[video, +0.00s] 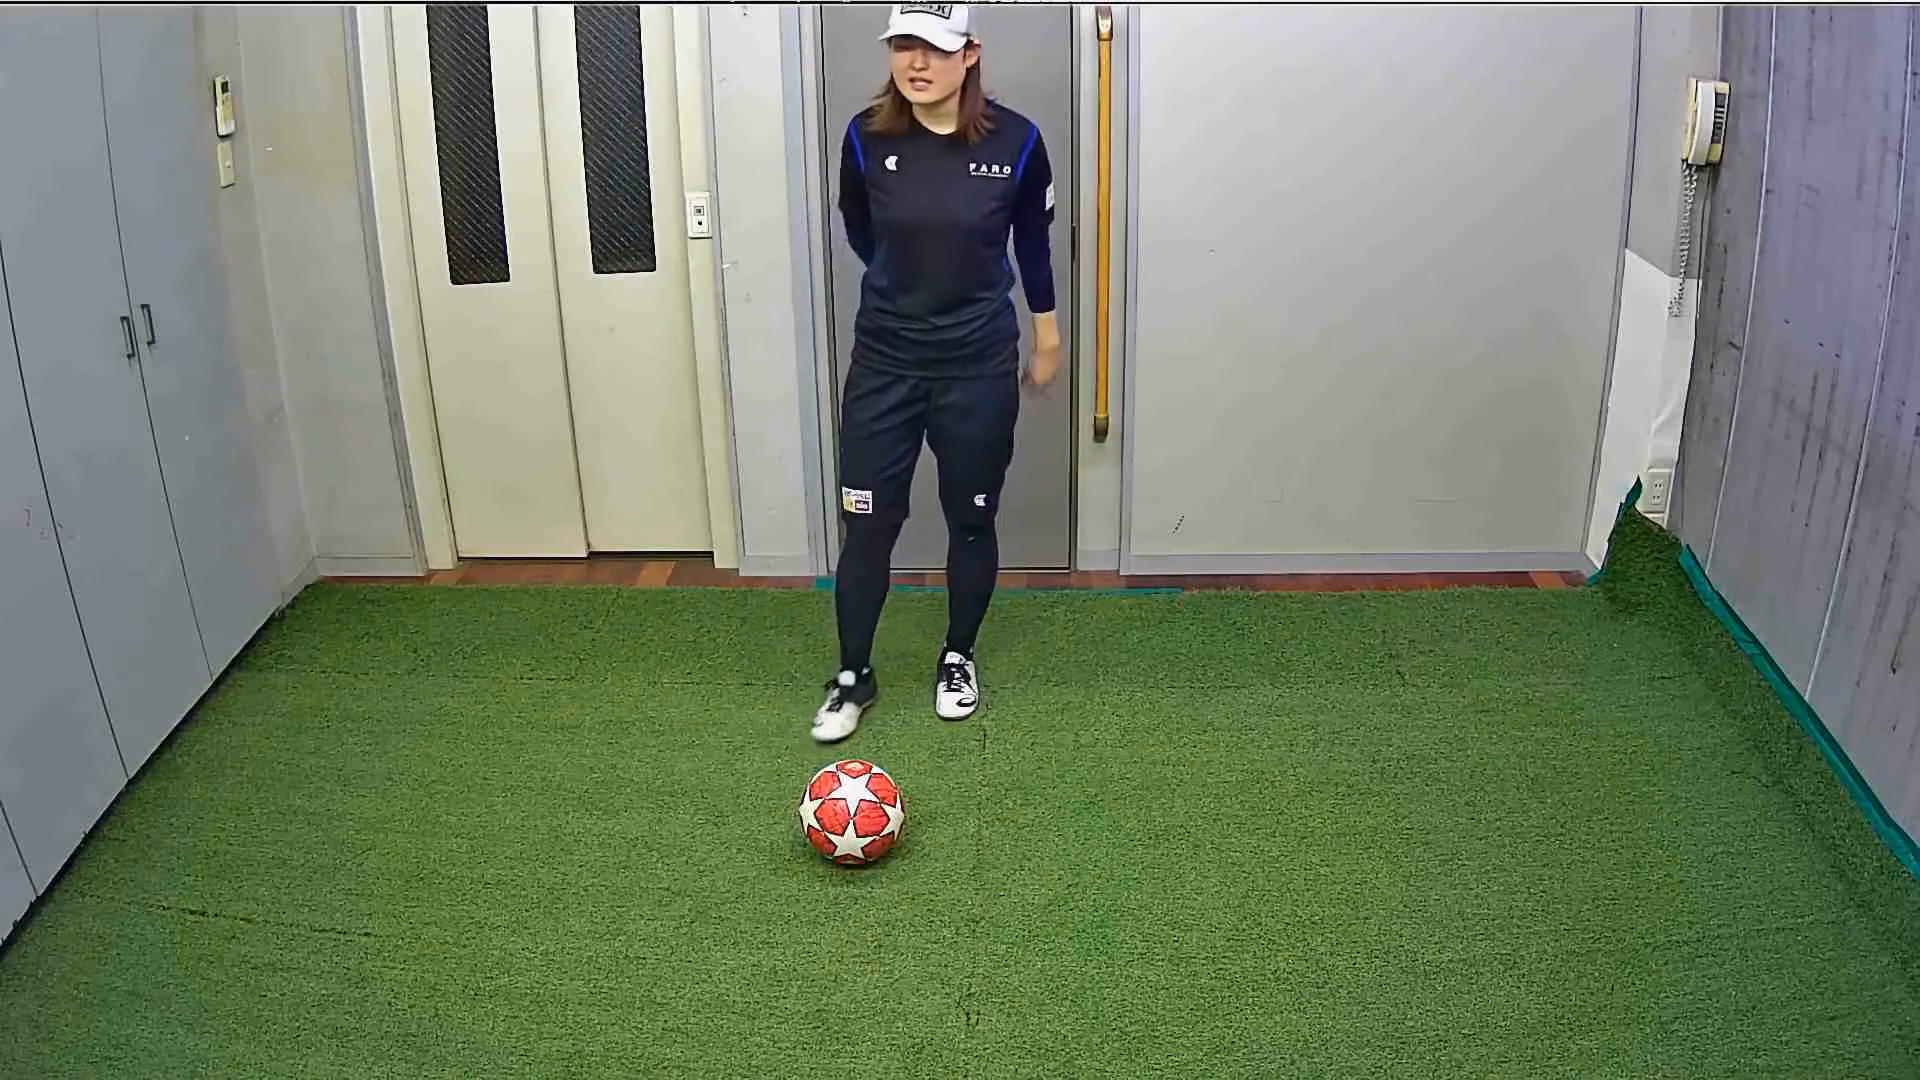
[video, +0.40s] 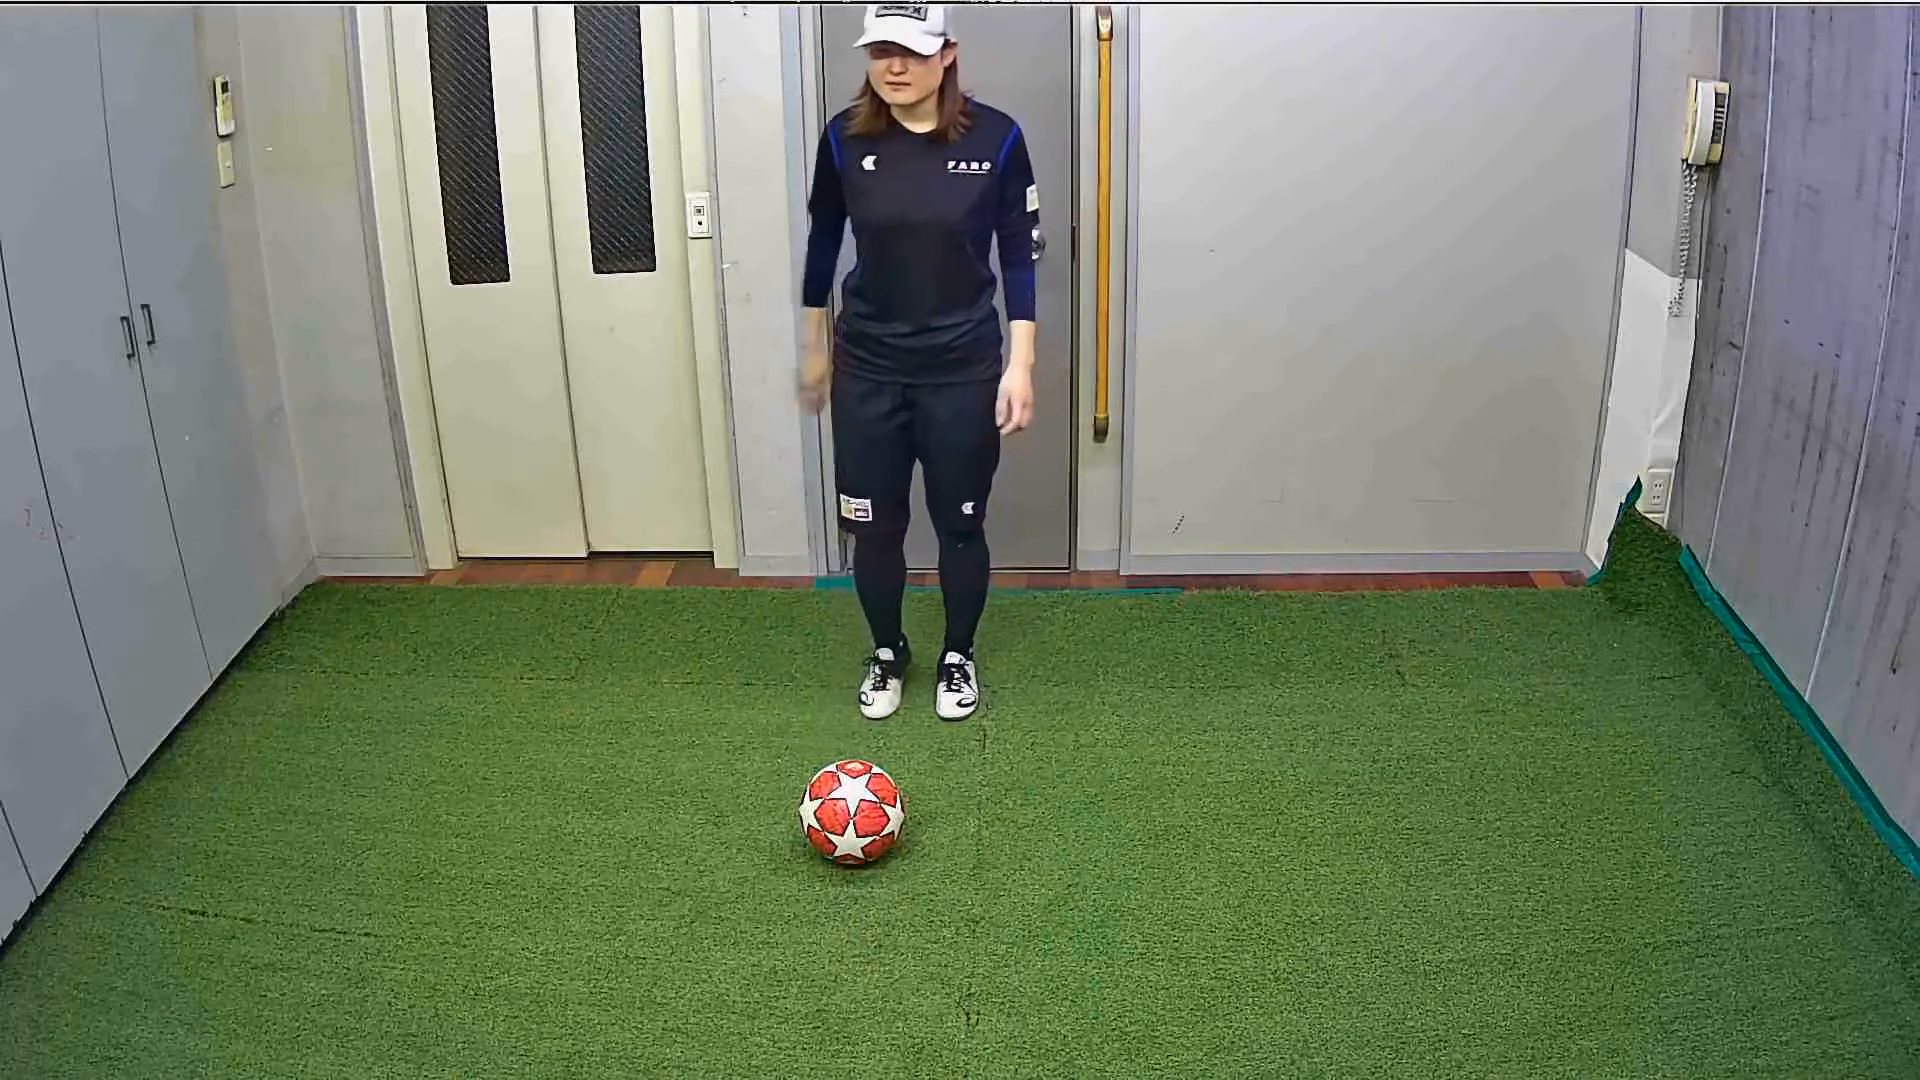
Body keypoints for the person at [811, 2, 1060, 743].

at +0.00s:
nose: (917, 61)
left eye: (934, 49)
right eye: (905, 47)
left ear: (969, 57)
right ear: (890, 57)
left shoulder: (1017, 142)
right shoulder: (866, 136)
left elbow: (1033, 238)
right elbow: (861, 234)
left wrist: (1046, 326)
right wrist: (914, 278)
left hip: (978, 355)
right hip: (884, 353)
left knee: (971, 516)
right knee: (865, 515)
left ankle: (957, 658)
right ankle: (852, 676)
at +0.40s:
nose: (891, 67)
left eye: (908, 54)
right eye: (881, 53)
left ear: (945, 57)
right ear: (868, 59)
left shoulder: (996, 138)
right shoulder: (844, 139)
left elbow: (1019, 255)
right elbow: (823, 240)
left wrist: (1020, 363)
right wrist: (815, 343)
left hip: (962, 365)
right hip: (866, 362)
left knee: (960, 523)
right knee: (869, 521)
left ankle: (958, 660)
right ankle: (886, 654)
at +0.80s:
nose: (859, 92)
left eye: (876, 77)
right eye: (844, 77)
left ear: (911, 72)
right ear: (825, 77)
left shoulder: (965, 148)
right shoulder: (811, 160)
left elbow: (990, 263)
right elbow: (790, 274)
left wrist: (1009, 372)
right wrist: (776, 387)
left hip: (949, 383)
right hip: (849, 386)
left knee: (949, 565)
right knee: (864, 549)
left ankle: (964, 667)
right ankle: (887, 658)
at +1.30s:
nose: (878, 143)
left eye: (896, 127)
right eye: (864, 128)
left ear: (934, 108)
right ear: (844, 113)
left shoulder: (995, 181)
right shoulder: (832, 178)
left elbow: (1031, 310)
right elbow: (823, 273)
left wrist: (1065, 433)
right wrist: (785, 369)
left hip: (972, 428)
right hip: (869, 430)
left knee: (979, 622)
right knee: (901, 632)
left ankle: (1003, 760)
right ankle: (948, 769)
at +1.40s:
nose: (870, 140)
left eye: (888, 123)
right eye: (856, 123)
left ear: (929, 108)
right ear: (839, 112)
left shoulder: (990, 189)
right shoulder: (830, 180)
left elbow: (1031, 323)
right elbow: (828, 273)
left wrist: (1051, 444)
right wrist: (803, 362)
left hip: (957, 435)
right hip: (855, 431)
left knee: (968, 623)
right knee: (869, 623)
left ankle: (1001, 759)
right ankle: (877, 813)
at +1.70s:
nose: (787, 111)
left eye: (807, 95)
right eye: (771, 95)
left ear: (846, 95)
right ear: (754, 100)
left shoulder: (908, 177)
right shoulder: (740, 191)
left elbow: (954, 292)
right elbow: (729, 303)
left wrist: (967, 411)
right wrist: (706, 425)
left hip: (881, 438)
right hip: (774, 440)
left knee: (911, 622)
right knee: (749, 621)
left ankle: (979, 751)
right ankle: (738, 768)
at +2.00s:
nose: (715, 124)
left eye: (735, 107)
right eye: (698, 108)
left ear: (773, 106)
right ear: (678, 114)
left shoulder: (837, 183)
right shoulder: (671, 212)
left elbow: (874, 298)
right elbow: (647, 340)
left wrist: (892, 411)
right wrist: (623, 461)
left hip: (828, 450)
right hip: (724, 452)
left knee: (778, 643)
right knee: (727, 634)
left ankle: (765, 794)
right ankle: (740, 772)